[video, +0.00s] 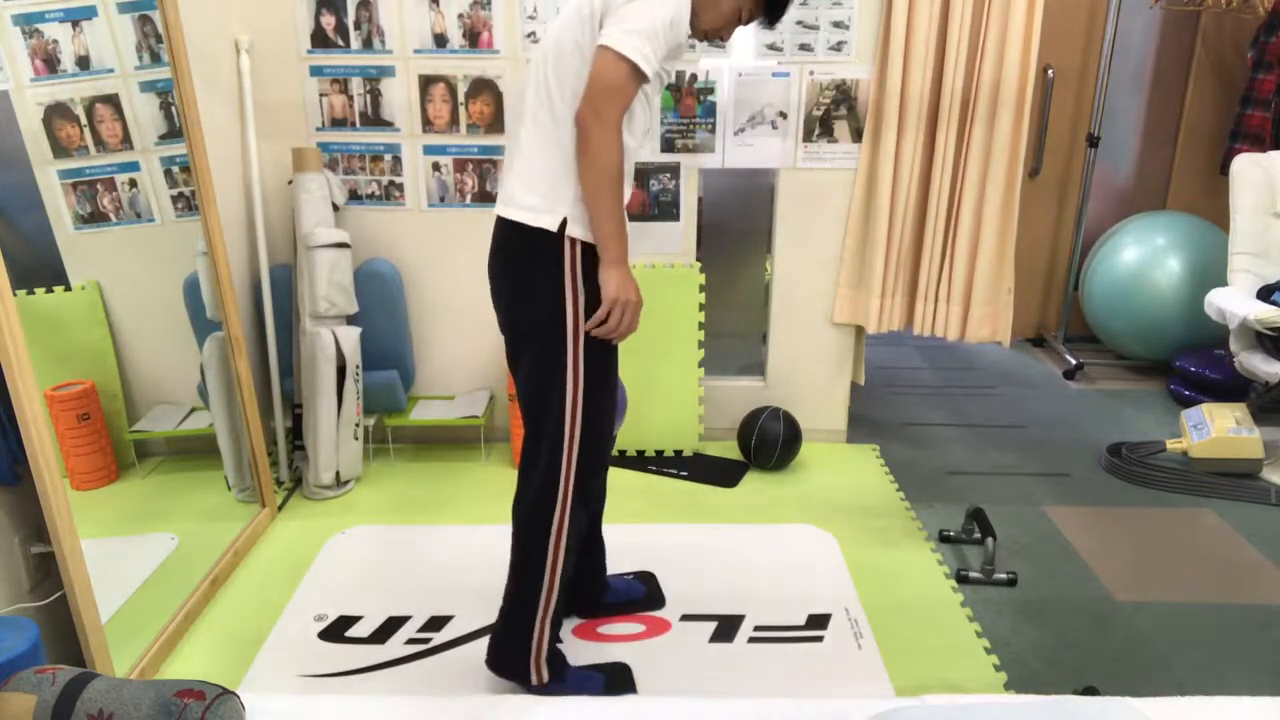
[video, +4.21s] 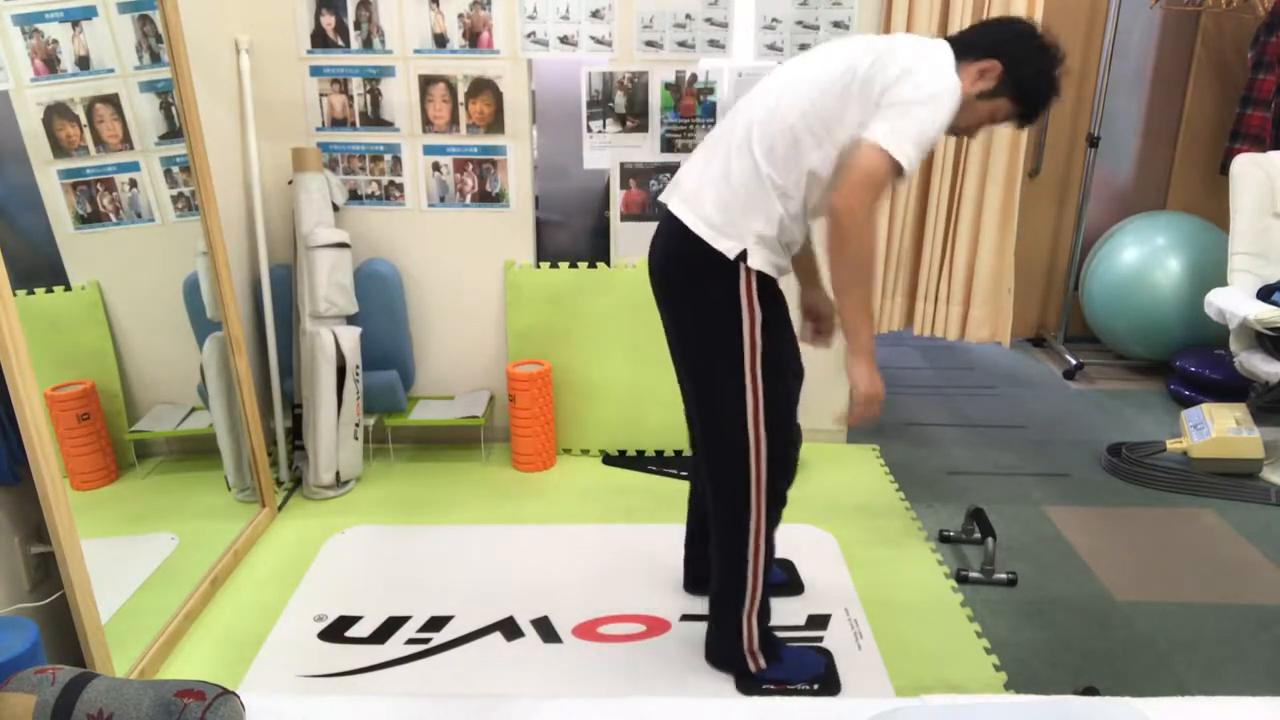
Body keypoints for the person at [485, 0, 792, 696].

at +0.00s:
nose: (726, 35)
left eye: (740, 27)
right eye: (742, 19)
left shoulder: (621, 13)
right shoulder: (657, 7)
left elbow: (577, 122)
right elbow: (595, 115)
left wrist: (601, 254)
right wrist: (615, 262)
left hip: (559, 239)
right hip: (551, 241)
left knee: (590, 423)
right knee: (566, 442)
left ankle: (580, 586)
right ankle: (523, 653)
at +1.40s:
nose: (830, 8)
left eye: (836, 3)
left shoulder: (725, 11)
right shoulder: (729, 18)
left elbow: (677, 150)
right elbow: (665, 165)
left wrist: (696, 250)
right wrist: (689, 314)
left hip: (647, 261)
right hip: (633, 269)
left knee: (669, 439)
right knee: (647, 455)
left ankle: (651, 573)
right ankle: (624, 646)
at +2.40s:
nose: (900, 22)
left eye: (913, 14)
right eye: (914, 8)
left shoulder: (767, 7)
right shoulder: (825, 9)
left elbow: (727, 133)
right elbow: (761, 140)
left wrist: (763, 252)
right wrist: (794, 271)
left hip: (675, 240)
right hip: (705, 249)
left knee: (688, 427)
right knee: (723, 450)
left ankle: (653, 569)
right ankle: (712, 646)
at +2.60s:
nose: (939, 61)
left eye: (953, 52)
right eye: (951, 46)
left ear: (922, 0)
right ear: (933, 6)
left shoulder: (825, 9)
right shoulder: (871, 33)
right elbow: (815, 187)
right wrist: (819, 314)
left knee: (699, 425)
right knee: (736, 455)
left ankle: (666, 562)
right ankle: (714, 647)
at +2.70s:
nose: (948, 102)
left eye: (962, 96)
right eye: (962, 87)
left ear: (943, 30)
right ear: (951, 43)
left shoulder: (862, 22)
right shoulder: (892, 70)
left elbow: (717, 88)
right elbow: (837, 231)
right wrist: (816, 339)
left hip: (675, 230)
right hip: (698, 251)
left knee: (713, 430)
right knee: (738, 452)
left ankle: (698, 565)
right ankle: (711, 648)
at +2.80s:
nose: (941, 143)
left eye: (956, 140)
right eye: (956, 132)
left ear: (949, 72)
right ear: (956, 88)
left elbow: (726, 100)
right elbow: (834, 266)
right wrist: (803, 363)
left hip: (680, 227)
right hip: (689, 249)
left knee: (747, 424)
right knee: (735, 452)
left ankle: (721, 564)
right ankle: (710, 645)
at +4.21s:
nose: (975, 132)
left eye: (992, 126)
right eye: (991, 119)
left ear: (981, 67)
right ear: (985, 75)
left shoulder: (892, 56)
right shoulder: (932, 79)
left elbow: (777, 159)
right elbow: (851, 196)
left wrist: (808, 282)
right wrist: (863, 354)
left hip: (708, 232)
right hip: (722, 247)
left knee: (750, 417)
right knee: (757, 450)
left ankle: (716, 559)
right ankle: (743, 646)